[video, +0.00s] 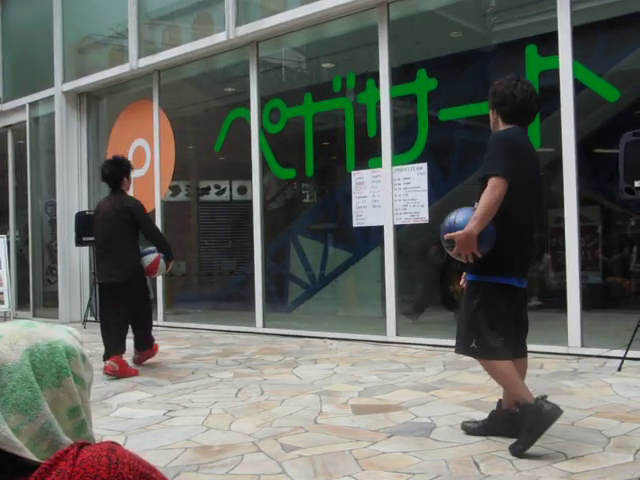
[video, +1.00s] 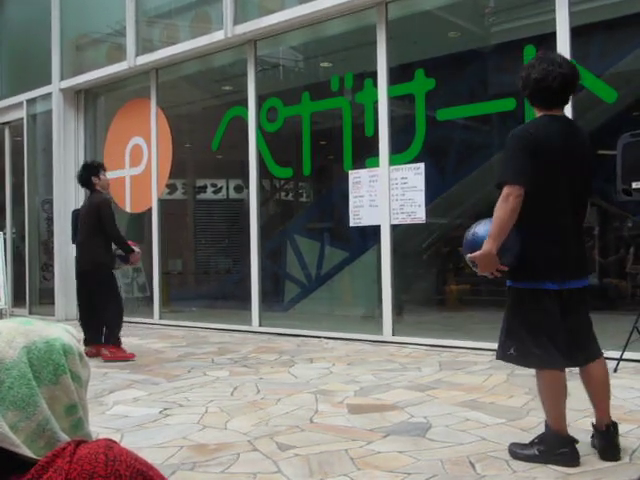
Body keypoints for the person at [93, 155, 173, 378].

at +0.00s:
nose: (131, 180)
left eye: (129, 176)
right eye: (129, 176)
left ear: (108, 181)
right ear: (124, 180)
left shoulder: (101, 207)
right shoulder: (131, 205)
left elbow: (105, 240)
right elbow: (151, 232)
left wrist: (135, 255)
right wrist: (168, 253)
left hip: (106, 271)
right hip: (129, 270)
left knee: (111, 313)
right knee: (141, 306)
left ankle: (113, 358)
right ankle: (144, 348)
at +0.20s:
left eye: (109, 177)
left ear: (110, 180)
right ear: (132, 180)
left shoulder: (100, 206)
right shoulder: (140, 207)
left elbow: (92, 240)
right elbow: (157, 236)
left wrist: (93, 267)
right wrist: (169, 259)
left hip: (105, 269)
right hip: (132, 270)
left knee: (109, 309)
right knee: (132, 309)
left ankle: (113, 343)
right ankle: (135, 350)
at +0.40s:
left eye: (113, 172)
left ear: (112, 175)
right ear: (133, 176)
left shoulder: (101, 203)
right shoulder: (140, 204)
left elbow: (94, 237)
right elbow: (153, 233)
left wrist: (97, 260)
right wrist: (161, 255)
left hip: (107, 267)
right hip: (133, 267)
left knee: (98, 305)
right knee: (131, 308)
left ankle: (110, 343)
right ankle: (133, 349)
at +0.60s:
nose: (124, 178)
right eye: (123, 175)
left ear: (103, 179)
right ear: (124, 178)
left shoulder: (97, 205)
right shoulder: (133, 204)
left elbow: (93, 237)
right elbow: (143, 238)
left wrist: (105, 247)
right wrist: (132, 252)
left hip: (103, 264)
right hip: (128, 265)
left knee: (96, 303)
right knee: (129, 306)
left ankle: (89, 343)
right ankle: (131, 349)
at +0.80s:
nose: (117, 179)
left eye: (115, 175)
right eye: (115, 176)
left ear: (96, 181)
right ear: (111, 179)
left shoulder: (90, 204)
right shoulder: (119, 204)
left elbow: (92, 233)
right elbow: (131, 231)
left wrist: (123, 248)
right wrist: (135, 247)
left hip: (94, 266)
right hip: (117, 265)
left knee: (90, 304)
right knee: (126, 304)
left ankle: (90, 343)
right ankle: (129, 346)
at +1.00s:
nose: (108, 179)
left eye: (106, 175)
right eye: (104, 175)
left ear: (91, 182)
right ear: (95, 180)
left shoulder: (87, 204)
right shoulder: (103, 201)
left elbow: (95, 238)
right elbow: (112, 231)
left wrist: (123, 248)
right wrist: (129, 251)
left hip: (84, 263)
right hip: (99, 263)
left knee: (91, 303)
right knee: (114, 303)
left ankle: (93, 344)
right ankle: (113, 345)